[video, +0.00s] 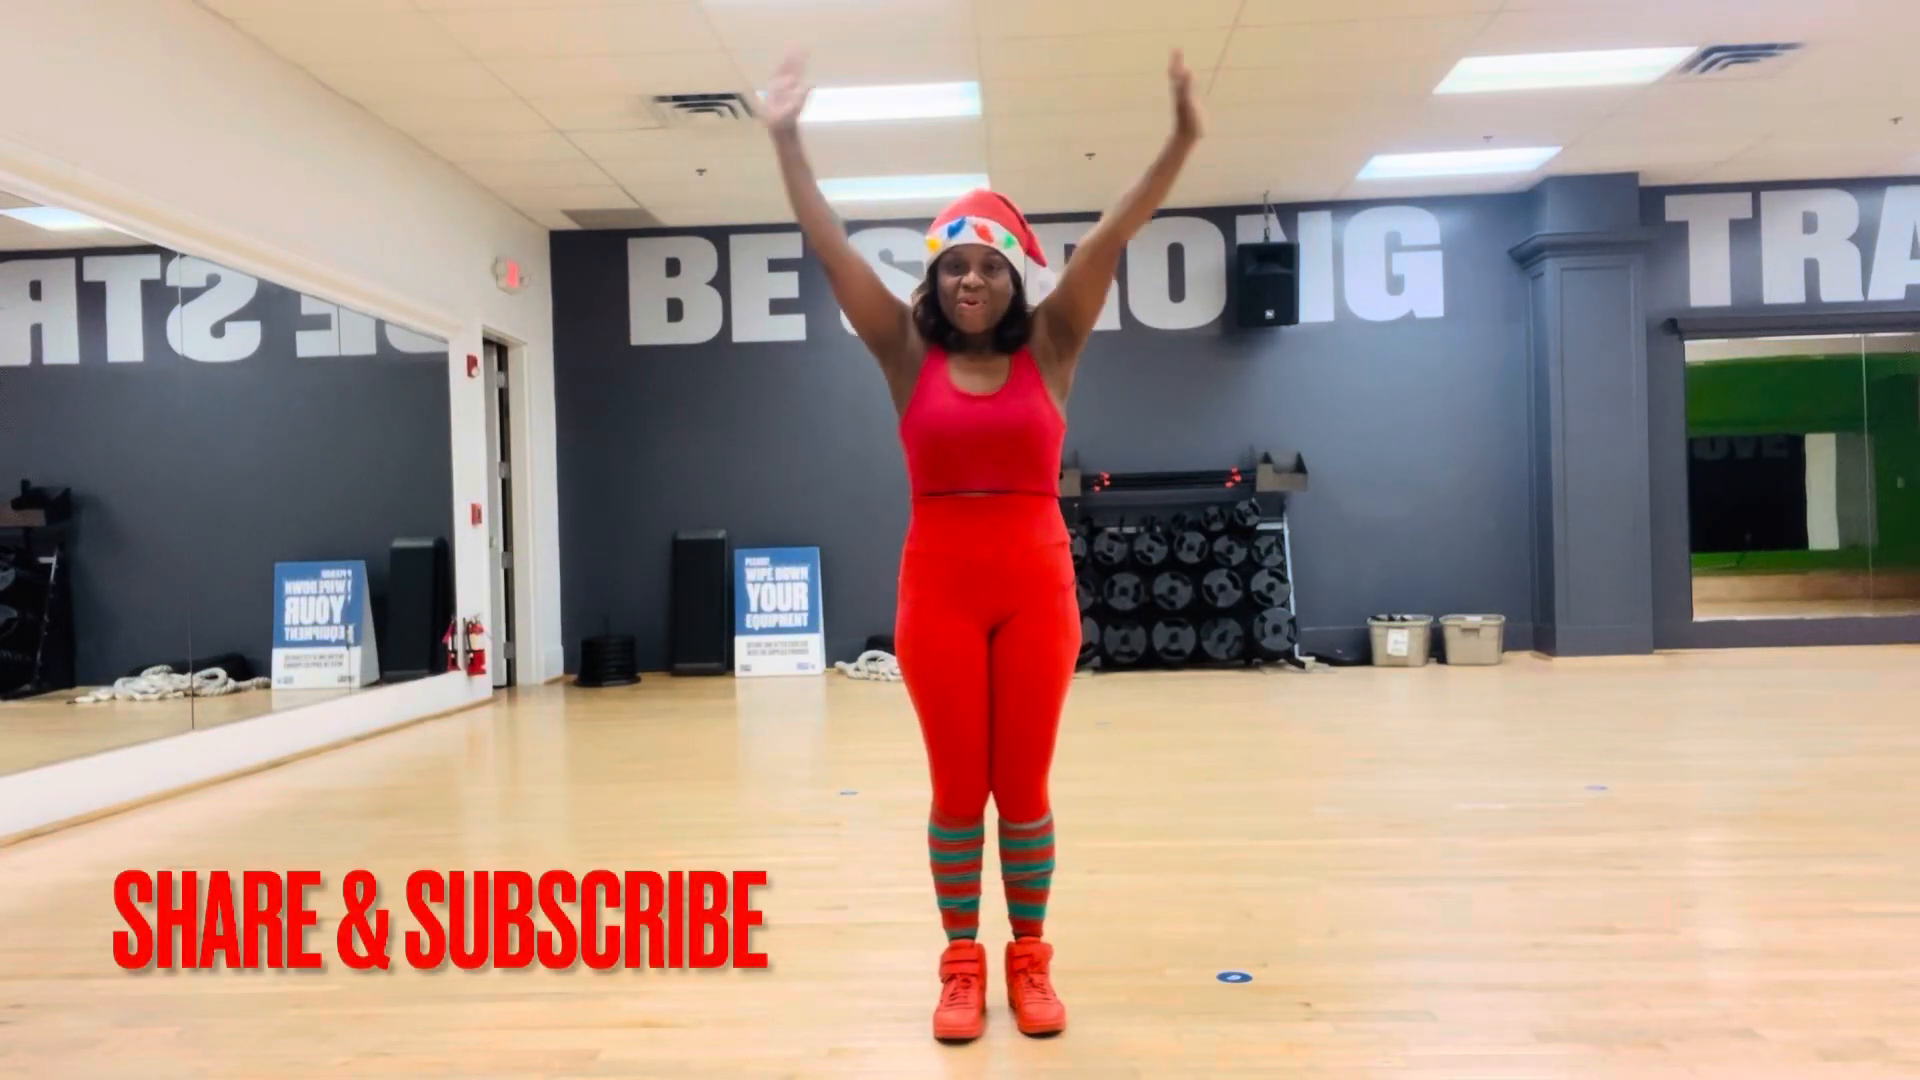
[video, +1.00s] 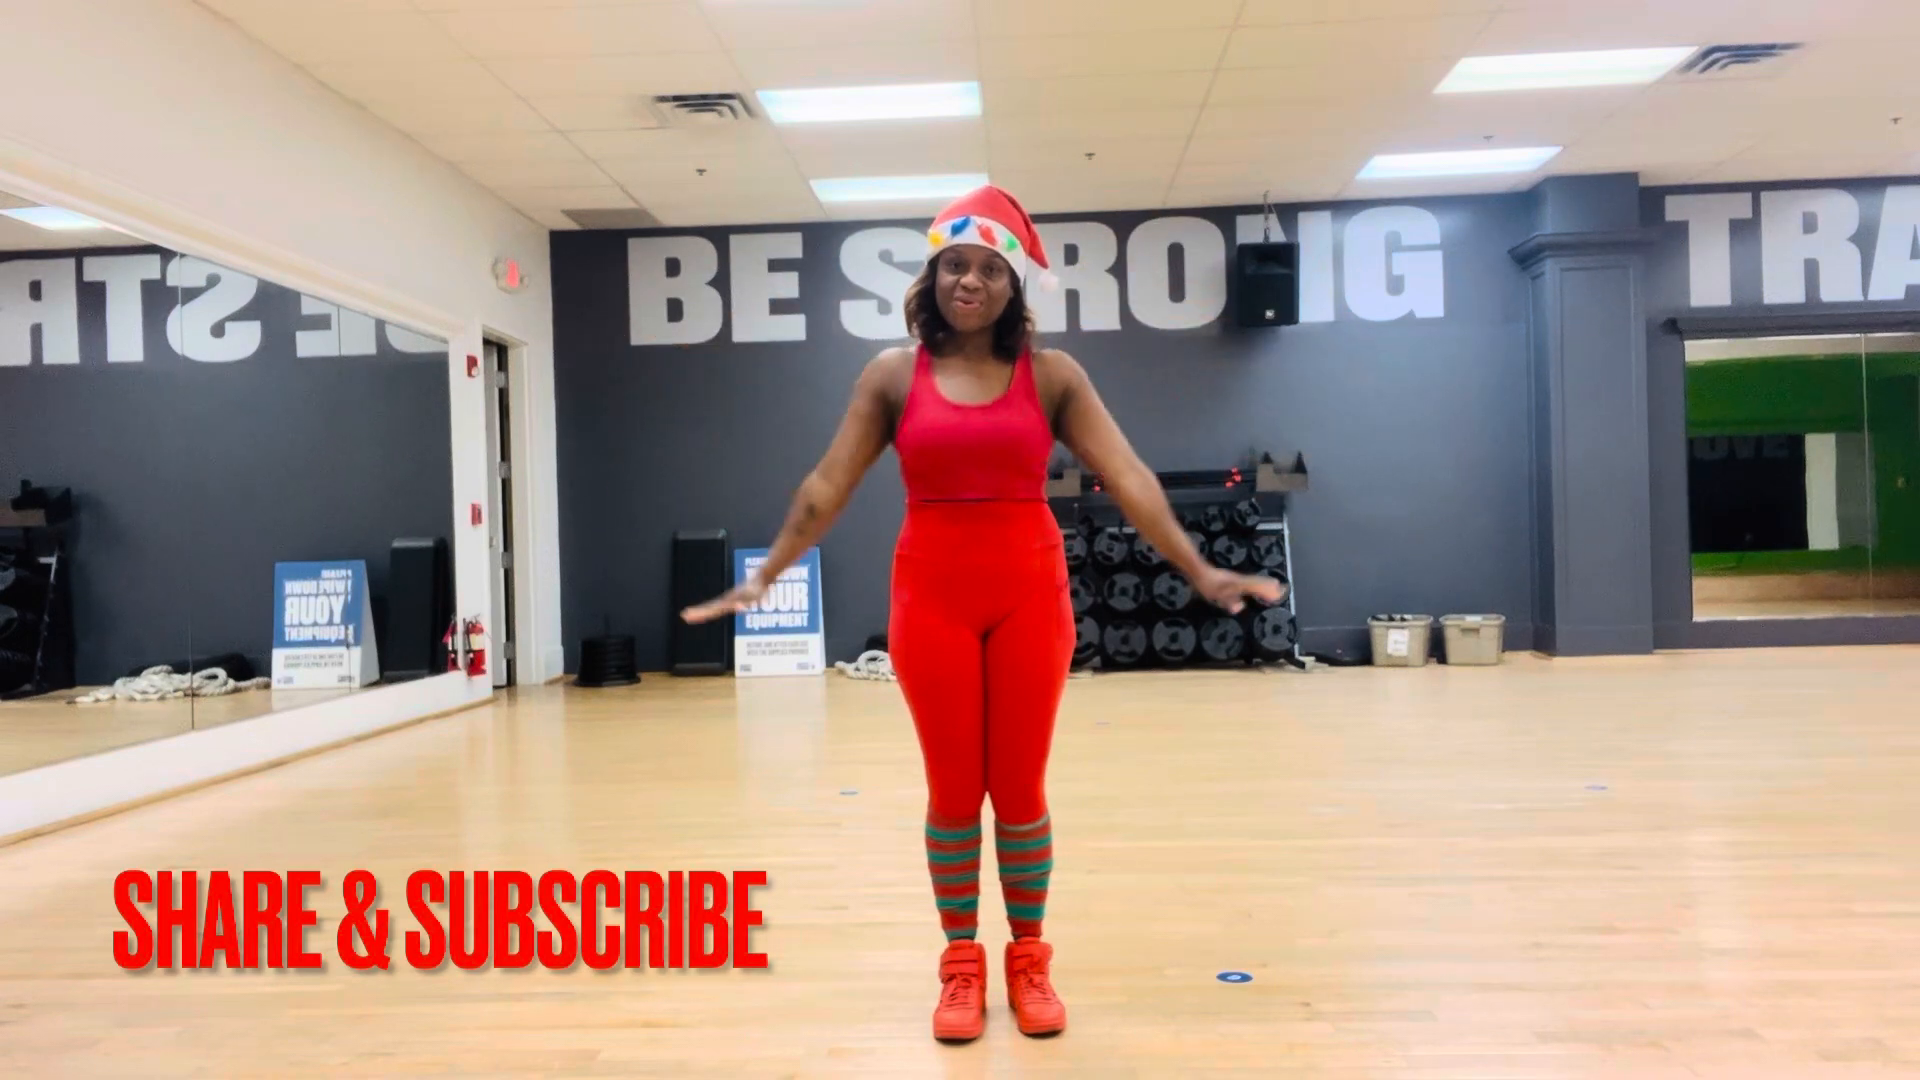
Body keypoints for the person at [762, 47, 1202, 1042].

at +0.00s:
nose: (972, 282)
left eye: (988, 270)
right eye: (956, 271)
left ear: (1017, 286)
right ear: (935, 286)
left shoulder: (1048, 350)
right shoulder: (911, 354)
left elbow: (1109, 243)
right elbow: (832, 249)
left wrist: (1182, 142)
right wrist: (783, 138)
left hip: (1036, 590)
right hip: (939, 593)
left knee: (1023, 784)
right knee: (958, 784)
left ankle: (1030, 959)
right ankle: (962, 964)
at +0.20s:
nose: (967, 283)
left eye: (986, 269)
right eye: (952, 268)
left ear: (1015, 277)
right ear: (930, 275)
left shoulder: (1052, 345)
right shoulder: (902, 346)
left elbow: (1150, 274)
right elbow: (797, 276)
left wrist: (1255, 212)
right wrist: (711, 212)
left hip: (1036, 584)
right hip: (935, 588)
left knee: (1022, 782)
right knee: (957, 783)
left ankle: (1030, 960)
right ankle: (962, 964)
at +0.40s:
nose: (966, 284)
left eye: (984, 272)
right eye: (952, 271)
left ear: (1014, 286)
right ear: (931, 284)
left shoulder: (1055, 351)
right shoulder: (898, 354)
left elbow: (1172, 321)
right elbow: (772, 323)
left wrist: (1291, 300)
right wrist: (667, 290)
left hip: (1032, 589)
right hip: (934, 592)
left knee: (1019, 784)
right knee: (955, 786)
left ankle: (1030, 960)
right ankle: (961, 963)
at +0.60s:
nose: (968, 282)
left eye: (985, 266)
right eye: (953, 265)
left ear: (1015, 277)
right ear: (932, 274)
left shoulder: (1052, 355)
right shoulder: (895, 360)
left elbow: (1173, 370)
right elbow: (772, 380)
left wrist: (1284, 389)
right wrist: (665, 391)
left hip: (1032, 589)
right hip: (933, 593)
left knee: (1019, 785)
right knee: (954, 785)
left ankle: (1030, 959)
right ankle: (963, 966)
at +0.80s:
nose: (970, 280)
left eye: (988, 268)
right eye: (956, 266)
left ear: (1014, 286)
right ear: (933, 281)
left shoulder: (1050, 366)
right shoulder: (896, 368)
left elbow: (1162, 421)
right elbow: (788, 437)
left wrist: (1257, 476)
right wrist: (695, 493)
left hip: (1030, 588)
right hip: (932, 592)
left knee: (1018, 783)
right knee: (954, 786)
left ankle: (1030, 960)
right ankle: (961, 964)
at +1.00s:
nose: (966, 283)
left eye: (985, 270)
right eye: (953, 266)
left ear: (1012, 285)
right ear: (932, 277)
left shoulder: (1050, 373)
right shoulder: (894, 374)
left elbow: (1126, 475)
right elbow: (827, 485)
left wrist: (1202, 569)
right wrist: (764, 576)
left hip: (1030, 590)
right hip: (931, 592)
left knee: (1019, 785)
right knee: (954, 786)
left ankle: (1030, 963)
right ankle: (962, 965)